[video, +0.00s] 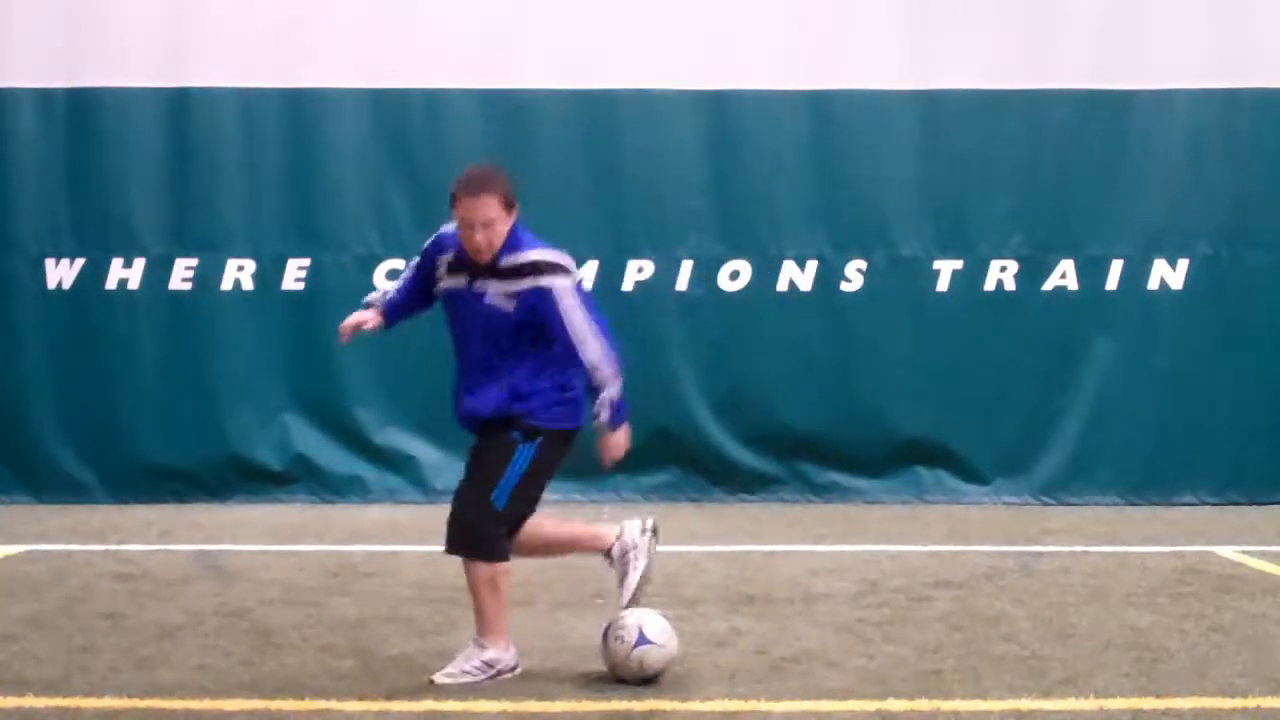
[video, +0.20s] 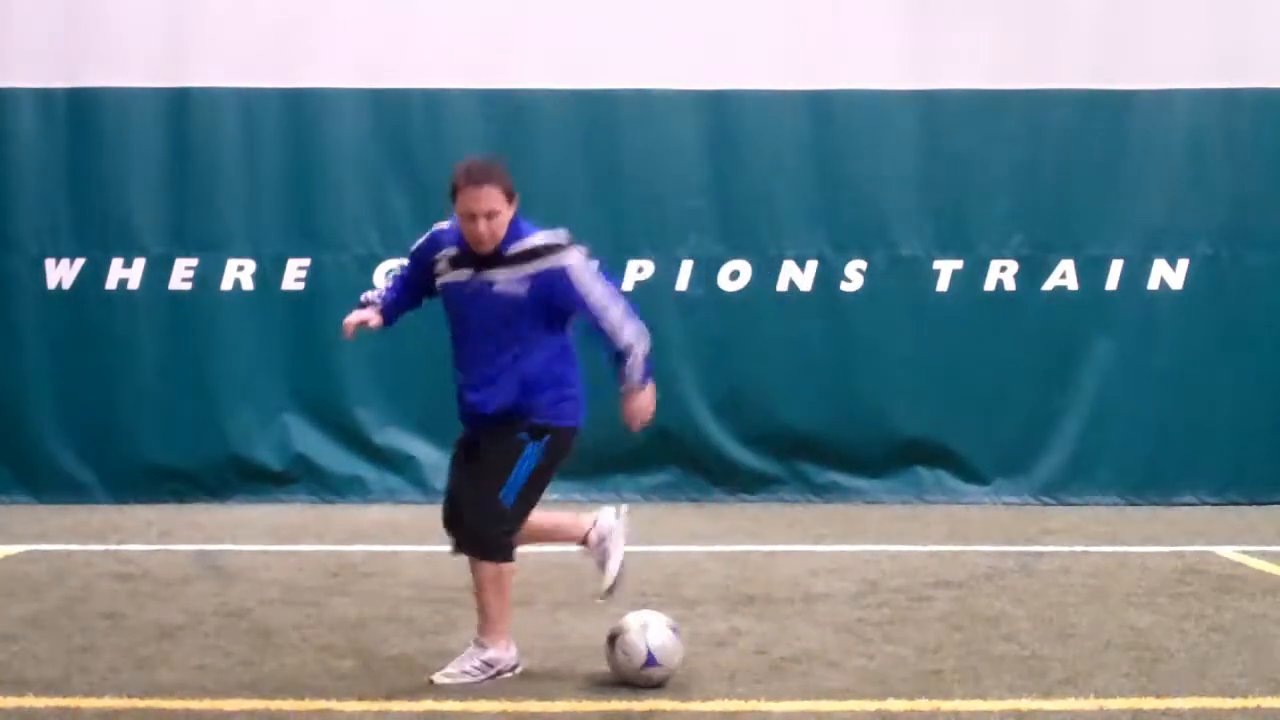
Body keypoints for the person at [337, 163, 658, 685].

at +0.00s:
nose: (476, 238)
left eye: (487, 225)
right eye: (467, 226)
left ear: (511, 216)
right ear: (454, 219)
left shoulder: (544, 268)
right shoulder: (446, 250)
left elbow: (591, 342)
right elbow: (418, 287)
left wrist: (612, 416)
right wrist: (382, 313)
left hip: (542, 416)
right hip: (494, 415)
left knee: (476, 523)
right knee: (495, 530)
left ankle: (495, 650)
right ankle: (617, 541)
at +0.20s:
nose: (481, 229)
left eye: (491, 216)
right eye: (470, 217)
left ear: (512, 207)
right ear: (455, 211)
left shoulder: (551, 255)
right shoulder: (442, 246)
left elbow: (616, 314)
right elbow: (411, 280)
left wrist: (637, 379)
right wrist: (380, 308)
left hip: (542, 415)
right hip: (483, 415)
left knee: (486, 522)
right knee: (462, 522)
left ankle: (496, 649)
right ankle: (591, 529)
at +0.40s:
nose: (509, 201)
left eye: (517, 187)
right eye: (496, 190)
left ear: (535, 181)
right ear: (479, 188)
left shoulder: (574, 226)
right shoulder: (461, 237)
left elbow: (628, 279)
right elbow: (430, 297)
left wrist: (640, 357)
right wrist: (413, 362)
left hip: (577, 391)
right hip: (506, 398)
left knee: (574, 495)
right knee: (488, 519)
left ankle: (574, 606)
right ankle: (490, 630)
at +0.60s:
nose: (574, 176)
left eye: (583, 164)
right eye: (563, 166)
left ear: (599, 162)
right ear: (543, 166)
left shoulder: (631, 210)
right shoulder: (517, 214)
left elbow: (675, 278)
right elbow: (478, 269)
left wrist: (688, 335)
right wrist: (458, 318)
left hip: (619, 380)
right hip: (542, 388)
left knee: (681, 466)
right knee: (518, 509)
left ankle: (749, 576)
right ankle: (501, 621)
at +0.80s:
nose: (655, 169)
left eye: (666, 159)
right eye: (644, 159)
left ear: (682, 162)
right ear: (626, 162)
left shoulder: (713, 217)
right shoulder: (595, 213)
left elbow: (747, 291)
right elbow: (560, 277)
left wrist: (754, 354)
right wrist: (554, 334)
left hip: (690, 378)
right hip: (616, 373)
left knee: (709, 507)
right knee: (602, 450)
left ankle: (711, 627)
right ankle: (627, 573)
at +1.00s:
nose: (733, 174)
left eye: (742, 162)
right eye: (720, 162)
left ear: (757, 161)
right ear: (698, 162)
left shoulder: (778, 207)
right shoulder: (663, 212)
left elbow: (801, 269)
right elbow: (619, 280)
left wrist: (813, 311)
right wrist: (602, 350)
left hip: (743, 364)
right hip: (677, 353)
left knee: (758, 489)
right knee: (724, 429)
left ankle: (712, 609)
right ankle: (712, 565)